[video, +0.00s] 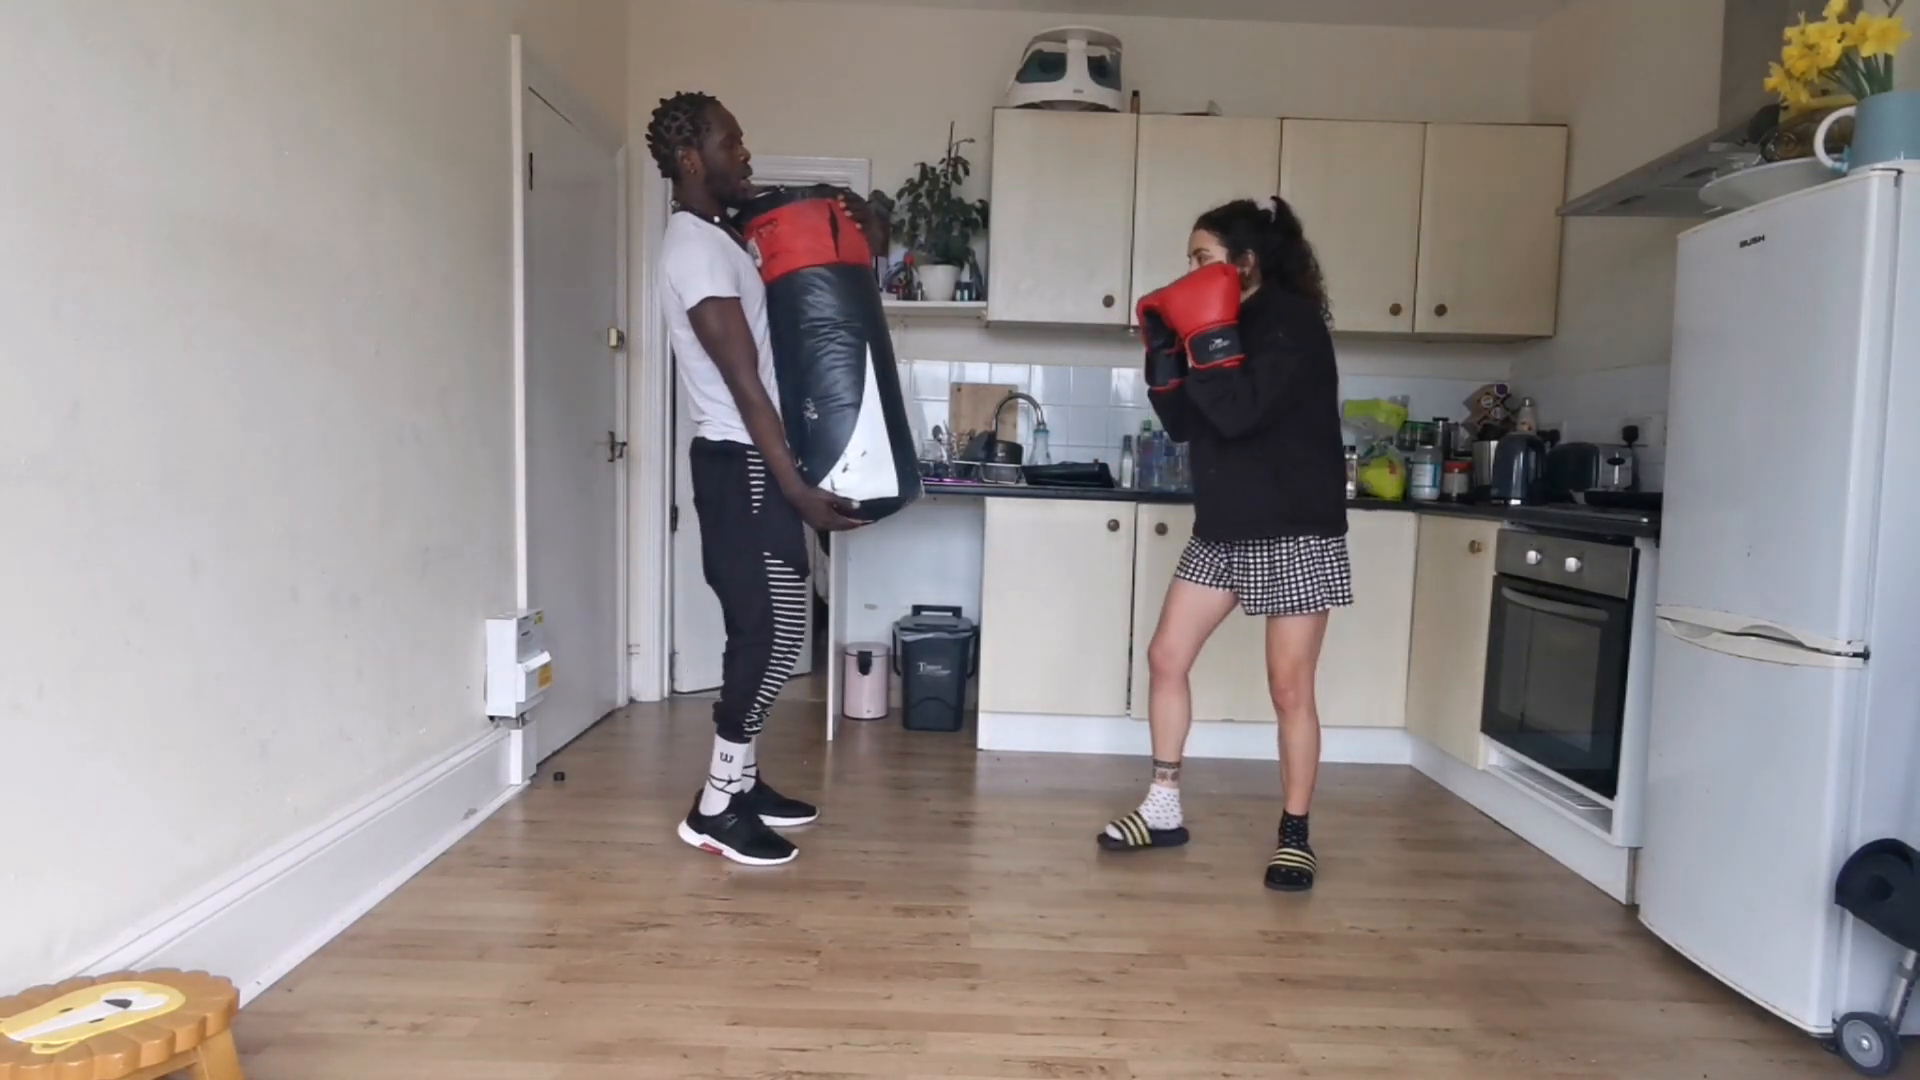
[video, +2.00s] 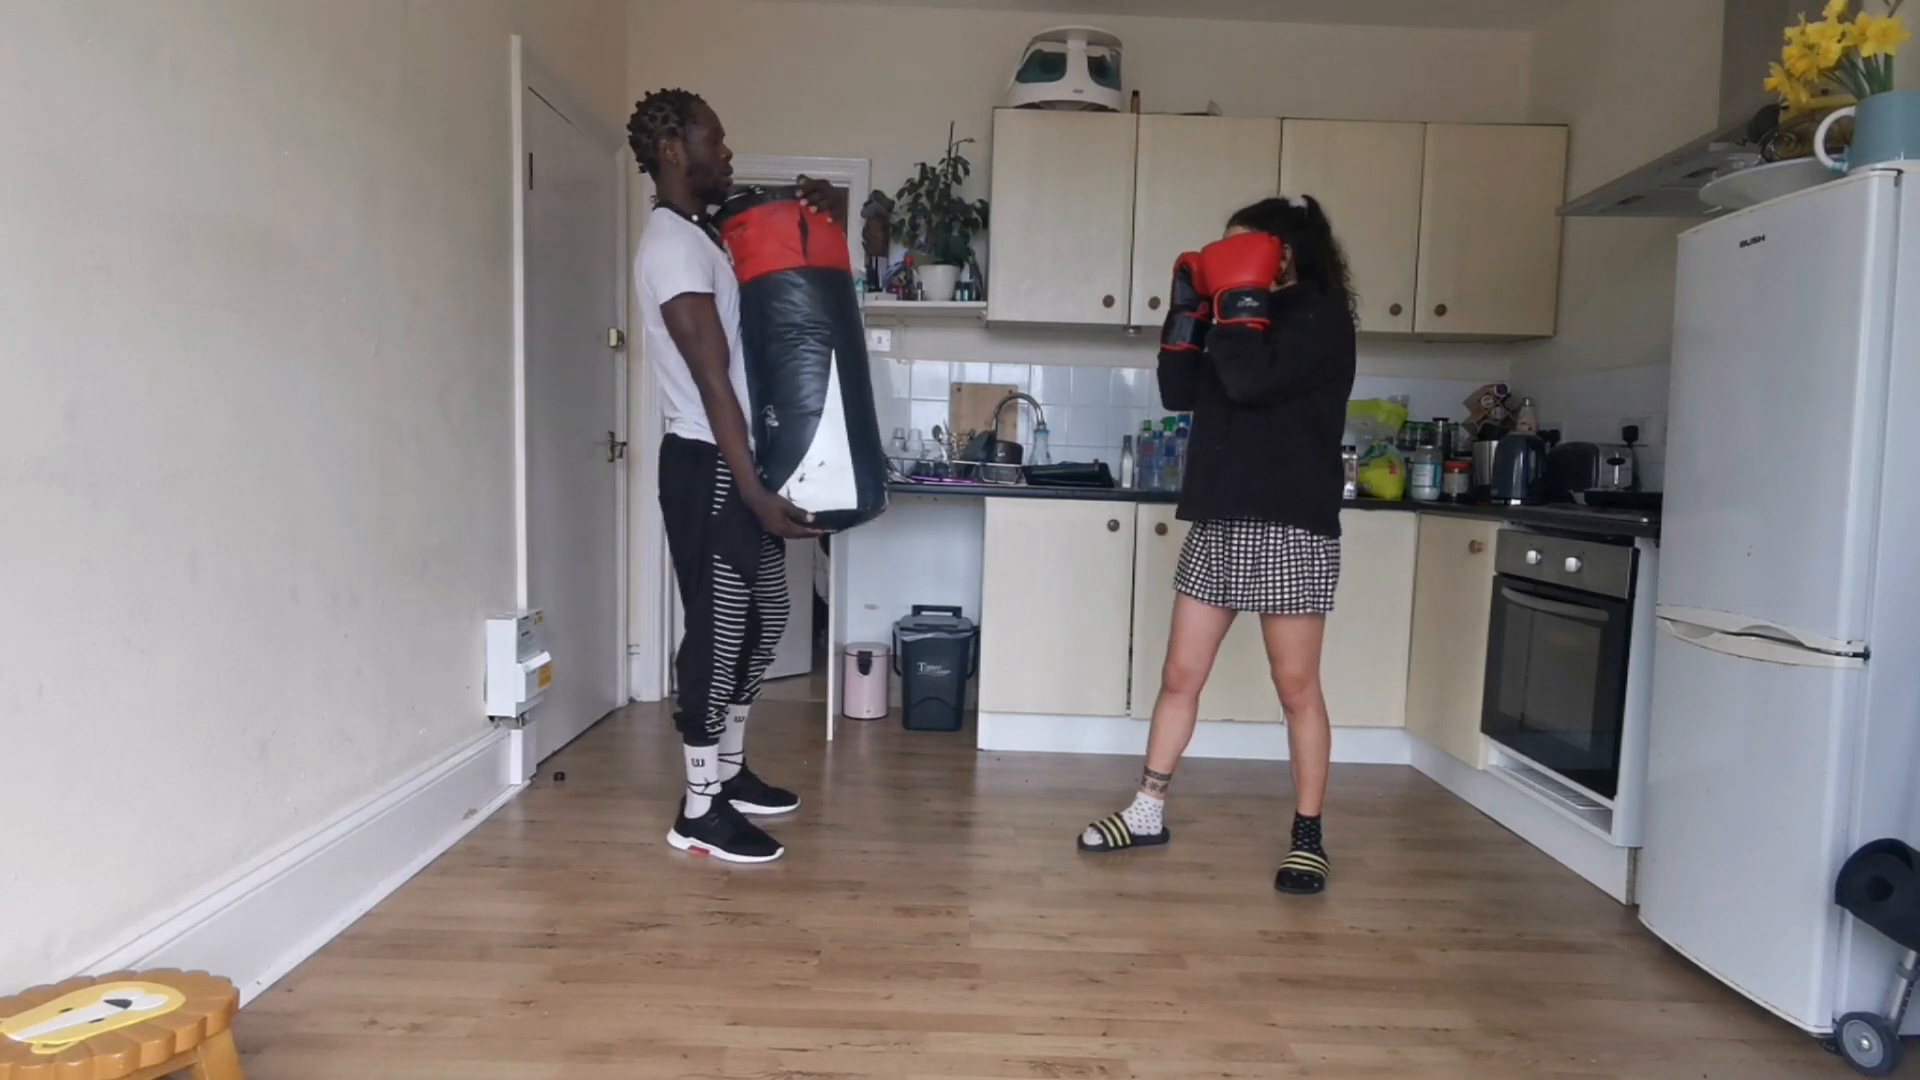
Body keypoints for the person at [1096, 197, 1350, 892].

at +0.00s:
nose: (1195, 270)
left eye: (1205, 258)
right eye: (1193, 259)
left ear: (1248, 260)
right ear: (1222, 264)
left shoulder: (1291, 320)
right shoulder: (1221, 325)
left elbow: (1239, 413)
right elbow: (1184, 423)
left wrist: (1208, 333)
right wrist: (1160, 348)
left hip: (1298, 526)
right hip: (1226, 524)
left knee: (1291, 687)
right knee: (1167, 658)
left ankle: (1294, 833)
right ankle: (1164, 806)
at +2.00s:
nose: (1237, 261)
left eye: (1249, 248)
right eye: (1235, 248)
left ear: (1288, 255)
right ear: (1248, 262)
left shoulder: (1323, 318)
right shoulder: (1237, 319)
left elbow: (1247, 382)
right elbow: (1177, 392)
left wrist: (1241, 304)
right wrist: (1186, 305)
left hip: (1293, 518)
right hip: (1218, 514)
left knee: (1297, 684)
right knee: (1180, 674)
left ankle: (1307, 835)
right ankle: (1148, 810)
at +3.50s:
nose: (1148, 307)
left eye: (1159, 292)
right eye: (1146, 295)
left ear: (1200, 288)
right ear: (1158, 299)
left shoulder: (1260, 345)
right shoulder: (1162, 361)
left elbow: (1237, 429)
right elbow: (1130, 434)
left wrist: (1195, 354)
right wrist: (1090, 403)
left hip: (1297, 526)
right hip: (1214, 535)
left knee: (1341, 687)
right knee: (1137, 663)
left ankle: (1380, 834)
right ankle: (1065, 780)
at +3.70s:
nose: (1094, 358)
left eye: (1105, 347)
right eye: (1093, 348)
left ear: (1148, 344)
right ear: (1118, 349)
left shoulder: (1199, 394)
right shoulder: (1117, 404)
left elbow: (1172, 483)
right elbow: (1035, 420)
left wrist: (1128, 415)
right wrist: (951, 405)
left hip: (1257, 557)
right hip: (1175, 563)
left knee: (1317, 706)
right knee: (1092, 659)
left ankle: (1395, 812)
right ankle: (1066, 795)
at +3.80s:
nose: (1112, 353)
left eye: (1126, 341)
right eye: (1114, 341)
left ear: (1170, 347)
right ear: (1137, 343)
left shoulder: (1216, 398)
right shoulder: (1131, 396)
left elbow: (1173, 493)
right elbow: (1065, 438)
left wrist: (1146, 421)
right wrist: (1003, 433)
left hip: (1255, 558)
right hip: (1176, 561)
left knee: (1311, 709)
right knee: (1094, 656)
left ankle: (1397, 805)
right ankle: (1065, 794)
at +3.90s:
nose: (1196, 346)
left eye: (1210, 334)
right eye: (1195, 333)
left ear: (1255, 341)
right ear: (1200, 333)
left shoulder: (1282, 402)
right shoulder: (1210, 394)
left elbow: (1225, 493)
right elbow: (1190, 468)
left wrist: (1214, 417)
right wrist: (1139, 444)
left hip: (1271, 572)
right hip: (1189, 563)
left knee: (1317, 721)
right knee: (1107, 661)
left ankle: (1391, 819)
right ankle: (1069, 792)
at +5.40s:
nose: (1065, 377)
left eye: (1077, 367)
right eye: (1065, 364)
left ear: (1120, 371)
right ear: (1105, 370)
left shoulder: (1164, 422)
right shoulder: (1084, 414)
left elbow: (1120, 523)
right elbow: (1045, 440)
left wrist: (1091, 457)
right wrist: (999, 432)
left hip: (1192, 569)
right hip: (1113, 569)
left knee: (1251, 704)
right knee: (1026, 666)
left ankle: (1344, 847)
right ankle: (1027, 787)